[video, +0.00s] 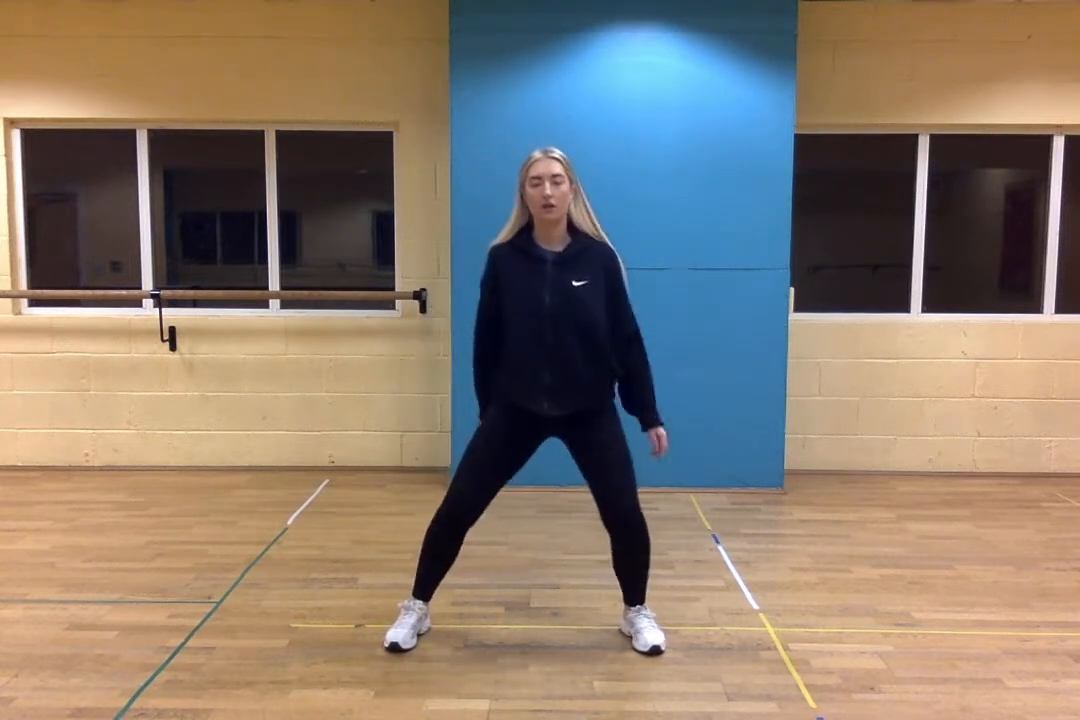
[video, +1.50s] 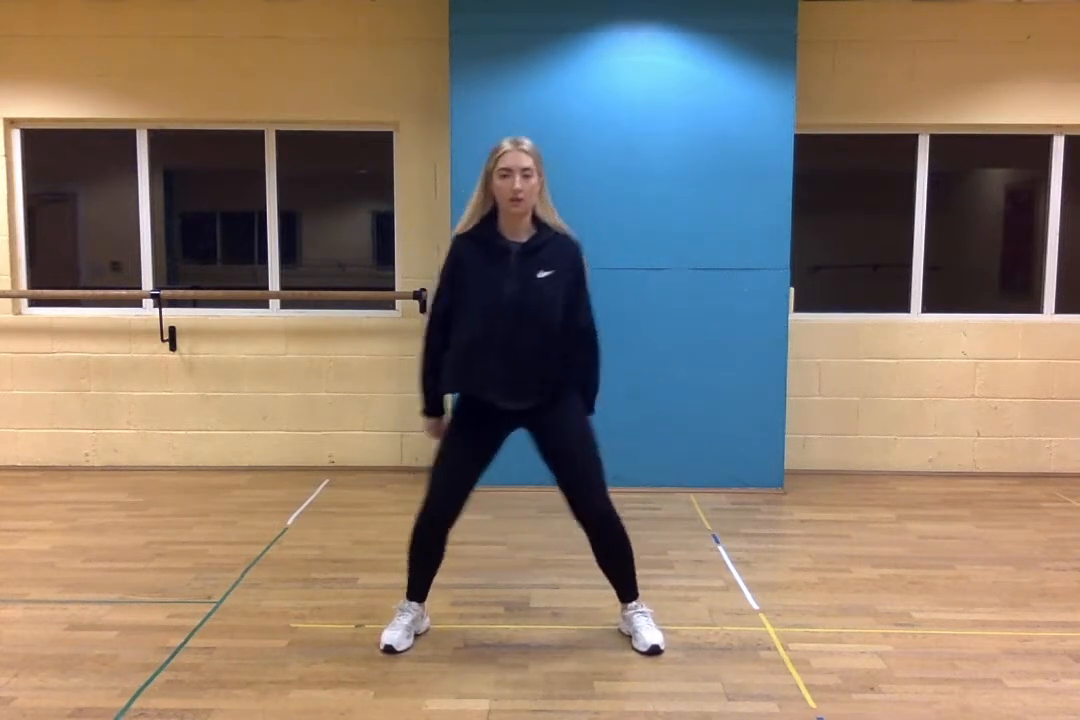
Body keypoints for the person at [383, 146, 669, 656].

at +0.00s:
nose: (547, 190)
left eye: (556, 181)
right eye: (537, 183)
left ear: (572, 189)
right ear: (524, 194)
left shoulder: (599, 256)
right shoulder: (504, 257)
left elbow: (626, 336)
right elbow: (487, 335)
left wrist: (648, 415)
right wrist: (488, 405)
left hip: (588, 407)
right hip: (517, 407)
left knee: (625, 514)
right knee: (458, 505)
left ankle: (637, 611)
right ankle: (416, 607)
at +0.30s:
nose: (509, 176)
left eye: (519, 168)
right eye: (500, 168)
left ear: (534, 180)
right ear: (485, 179)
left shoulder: (555, 247)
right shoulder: (460, 243)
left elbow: (582, 328)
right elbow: (436, 319)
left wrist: (603, 406)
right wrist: (431, 398)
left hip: (538, 397)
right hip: (467, 396)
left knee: (577, 507)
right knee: (427, 505)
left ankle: (631, 607)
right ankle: (413, 608)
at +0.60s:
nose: (519, 174)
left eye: (528, 165)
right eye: (508, 166)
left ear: (541, 175)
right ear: (492, 177)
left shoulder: (564, 242)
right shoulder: (469, 241)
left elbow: (582, 320)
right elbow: (441, 317)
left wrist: (581, 393)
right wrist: (430, 394)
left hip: (553, 393)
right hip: (483, 394)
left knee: (593, 500)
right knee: (445, 504)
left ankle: (633, 607)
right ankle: (414, 607)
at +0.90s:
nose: (550, 193)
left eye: (558, 183)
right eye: (538, 185)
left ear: (574, 192)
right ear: (525, 197)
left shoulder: (602, 258)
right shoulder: (505, 261)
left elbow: (630, 339)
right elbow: (485, 337)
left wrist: (647, 416)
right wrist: (486, 406)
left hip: (590, 412)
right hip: (517, 411)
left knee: (630, 516)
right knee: (459, 510)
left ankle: (637, 611)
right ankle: (416, 607)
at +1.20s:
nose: (511, 177)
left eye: (521, 168)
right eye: (501, 168)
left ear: (536, 177)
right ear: (486, 177)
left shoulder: (558, 246)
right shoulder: (463, 238)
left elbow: (589, 327)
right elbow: (439, 311)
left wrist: (610, 406)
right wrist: (439, 379)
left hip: (535, 395)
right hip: (466, 391)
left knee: (577, 505)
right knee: (423, 504)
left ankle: (632, 606)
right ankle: (411, 607)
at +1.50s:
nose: (517, 183)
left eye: (526, 173)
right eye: (506, 174)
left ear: (539, 182)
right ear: (490, 184)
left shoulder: (562, 248)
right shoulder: (466, 248)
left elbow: (581, 327)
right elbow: (439, 324)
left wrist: (583, 400)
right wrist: (433, 404)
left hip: (554, 400)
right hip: (482, 401)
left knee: (594, 506)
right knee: (437, 509)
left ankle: (633, 608)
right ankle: (412, 608)